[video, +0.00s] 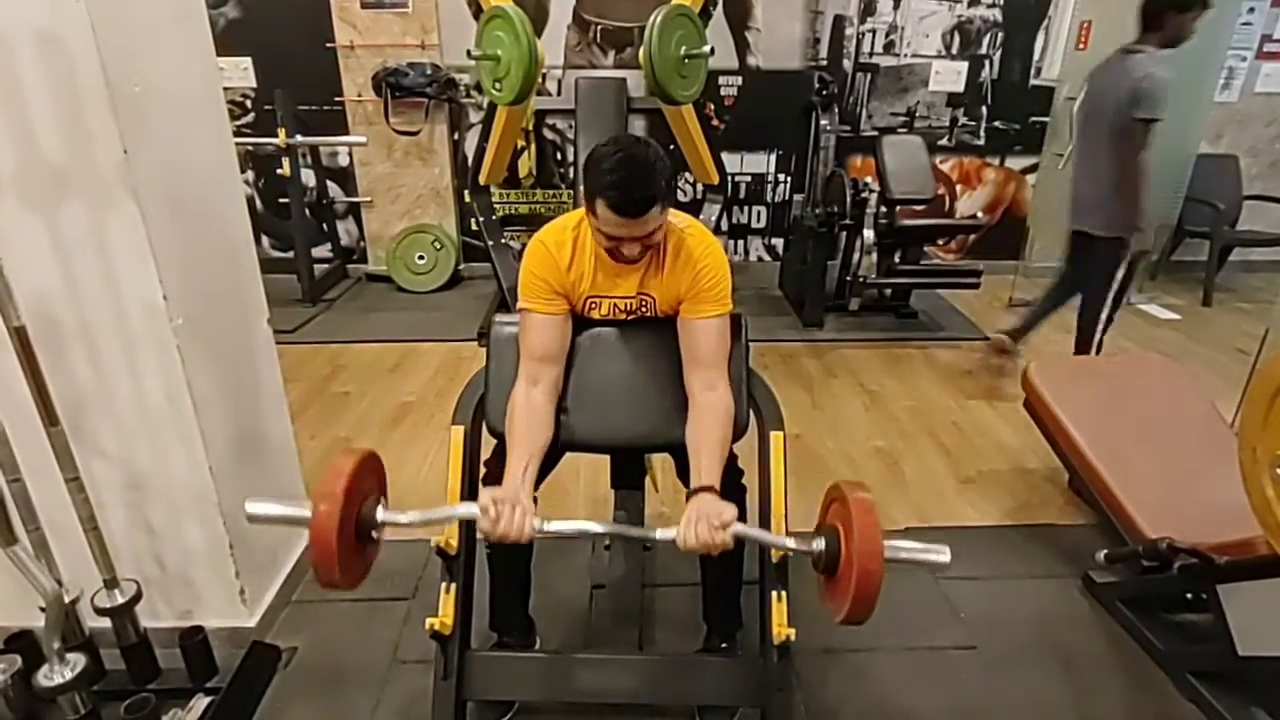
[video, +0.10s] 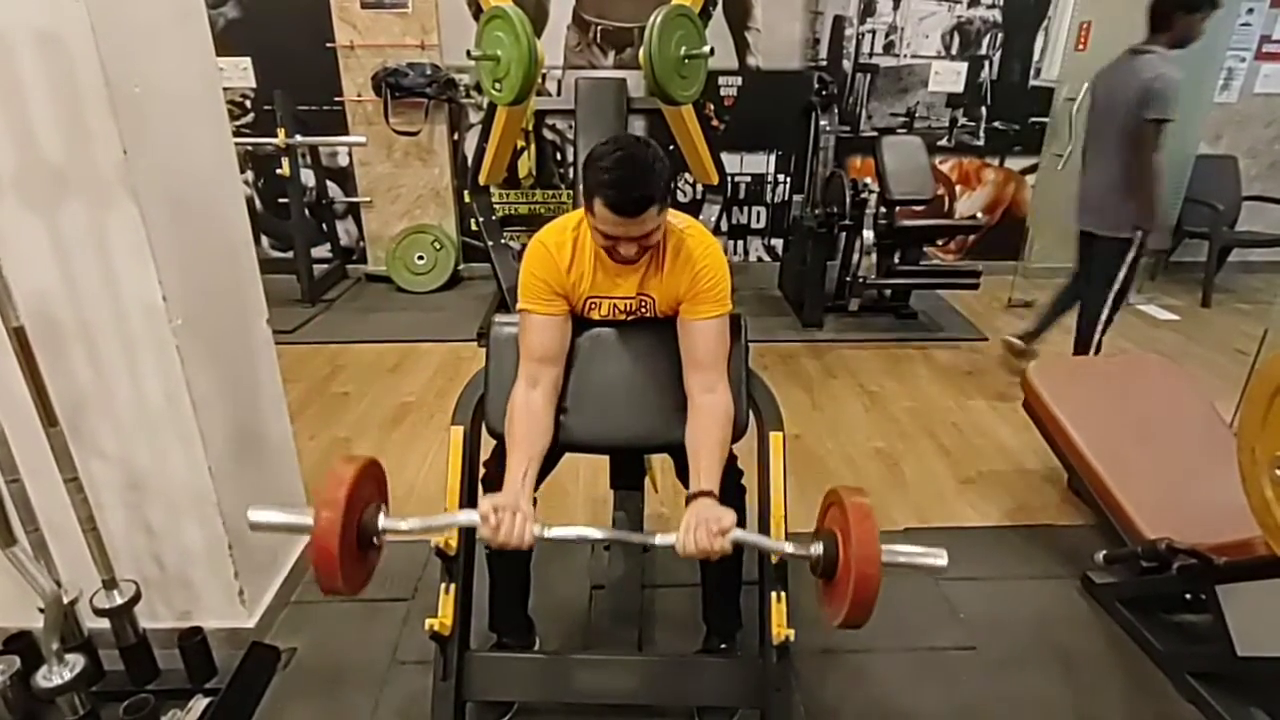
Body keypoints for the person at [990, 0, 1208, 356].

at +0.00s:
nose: (1195, 29)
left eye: (1197, 20)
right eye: (1193, 19)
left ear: (1153, 15)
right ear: (1170, 17)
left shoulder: (1110, 64)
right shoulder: (1151, 72)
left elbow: (1087, 138)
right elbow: (1130, 154)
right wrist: (1135, 225)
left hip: (1085, 205)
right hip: (1114, 214)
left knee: (1073, 277)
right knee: (1101, 299)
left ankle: (1015, 333)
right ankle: (1082, 372)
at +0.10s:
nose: (1203, 30)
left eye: (1205, 20)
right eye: (1201, 19)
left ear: (1158, 16)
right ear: (1179, 18)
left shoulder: (1113, 68)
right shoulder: (1162, 73)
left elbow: (1092, 141)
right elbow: (1146, 154)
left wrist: (1095, 192)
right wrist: (1150, 223)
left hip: (1092, 206)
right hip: (1124, 214)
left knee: (1082, 280)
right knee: (1103, 300)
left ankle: (1027, 337)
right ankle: (1080, 376)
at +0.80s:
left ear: (1260, 32)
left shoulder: (1219, 76)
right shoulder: (1275, 82)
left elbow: (1198, 141)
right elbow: (1271, 155)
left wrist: (1204, 180)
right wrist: (1273, 211)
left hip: (1201, 197)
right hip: (1250, 204)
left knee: (1182, 275)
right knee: (1247, 277)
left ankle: (1163, 351)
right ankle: (1216, 349)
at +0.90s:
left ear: (1264, 35)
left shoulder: (1223, 77)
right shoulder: (1276, 83)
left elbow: (1203, 137)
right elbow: (1273, 155)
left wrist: (1206, 179)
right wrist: (1274, 211)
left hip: (1203, 196)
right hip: (1252, 204)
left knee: (1184, 274)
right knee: (1248, 280)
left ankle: (1164, 350)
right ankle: (1227, 352)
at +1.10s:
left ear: (1275, 49)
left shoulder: (1252, 81)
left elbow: (1229, 139)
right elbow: (1230, 138)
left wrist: (1240, 174)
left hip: (1227, 199)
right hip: (1270, 208)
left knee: (1203, 272)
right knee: (1255, 281)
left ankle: (1172, 345)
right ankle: (1241, 343)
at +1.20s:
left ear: (1276, 52)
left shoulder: (1262, 81)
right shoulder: (1263, 83)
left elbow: (1246, 136)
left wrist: (1246, 175)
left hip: (1251, 192)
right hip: (1278, 202)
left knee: (1222, 262)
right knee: (1266, 276)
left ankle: (1198, 319)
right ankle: (1241, 345)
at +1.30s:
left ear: (1277, 52)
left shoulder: (1267, 82)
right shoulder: (1266, 83)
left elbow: (1250, 136)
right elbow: (1250, 137)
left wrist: (1246, 176)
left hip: (1252, 191)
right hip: (1277, 201)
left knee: (1226, 256)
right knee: (1266, 275)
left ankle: (1202, 317)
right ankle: (1240, 345)